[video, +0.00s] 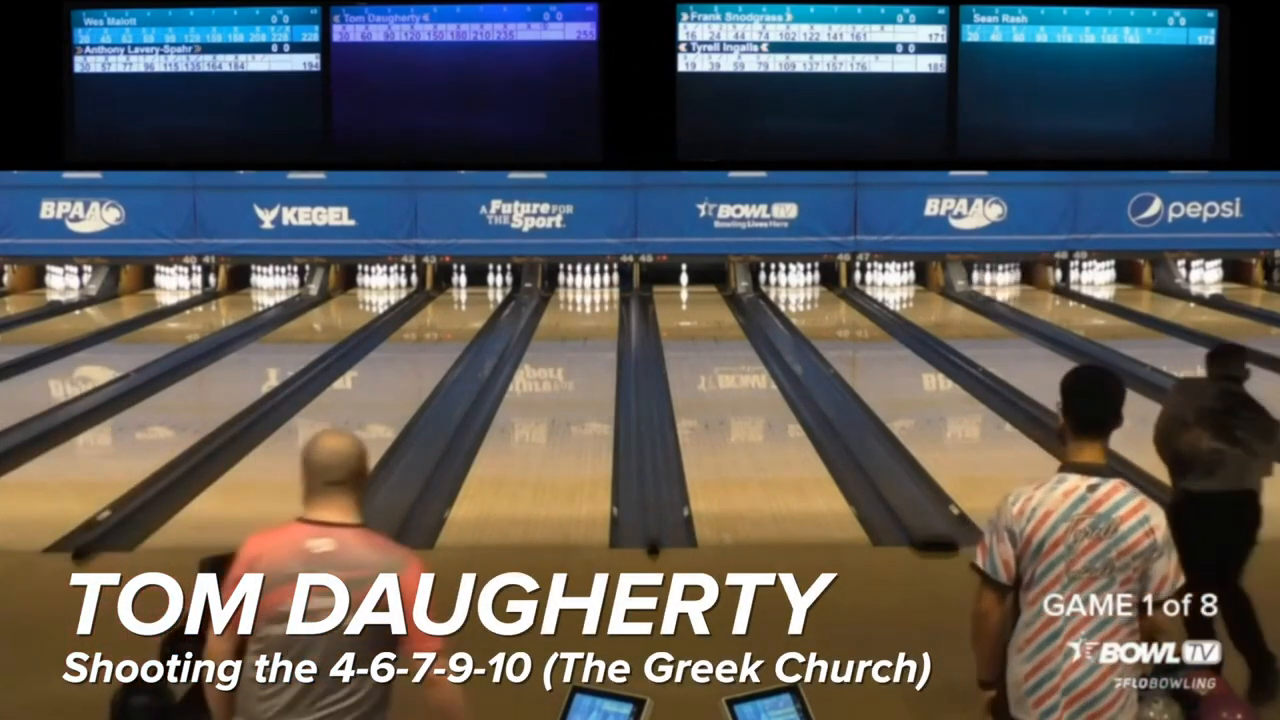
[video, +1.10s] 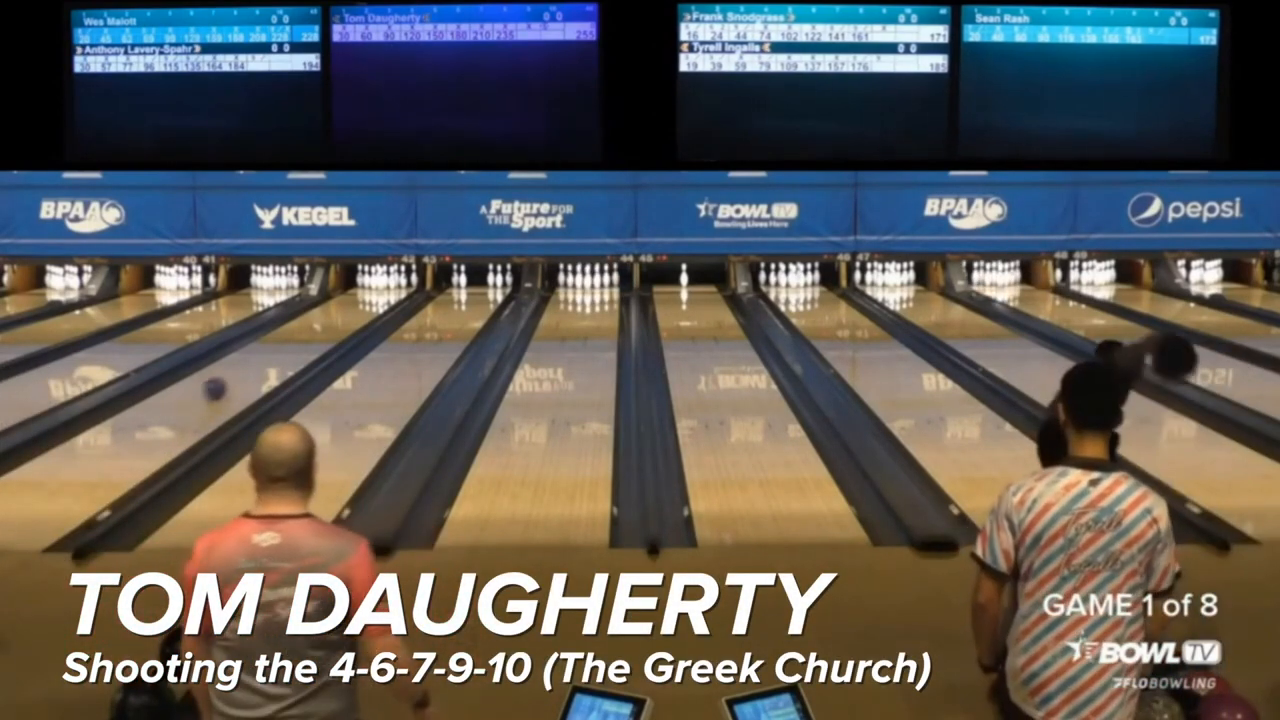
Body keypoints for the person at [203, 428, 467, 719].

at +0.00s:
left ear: (305, 476)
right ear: (364, 479)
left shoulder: (258, 552)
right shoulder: (401, 565)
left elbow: (218, 663)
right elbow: (435, 676)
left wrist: (225, 713)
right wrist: (459, 713)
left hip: (265, 710)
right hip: (358, 712)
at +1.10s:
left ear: (252, 471)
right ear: (312, 472)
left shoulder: (210, 551)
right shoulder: (350, 551)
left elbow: (193, 660)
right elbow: (385, 657)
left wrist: (210, 712)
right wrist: (417, 695)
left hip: (235, 710)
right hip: (325, 709)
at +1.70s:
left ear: (228, 464)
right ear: (286, 462)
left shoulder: (188, 532)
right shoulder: (325, 530)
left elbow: (152, 625)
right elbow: (361, 627)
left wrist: (164, 688)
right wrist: (382, 697)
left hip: (205, 707)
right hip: (298, 706)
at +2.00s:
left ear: (198, 480)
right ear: (250, 475)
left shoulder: (163, 541)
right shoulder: (280, 521)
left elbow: (144, 625)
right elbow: (314, 607)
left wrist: (147, 679)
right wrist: (337, 675)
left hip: (182, 703)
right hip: (267, 699)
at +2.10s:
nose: (242, 485)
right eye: (238, 480)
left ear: (190, 487)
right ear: (236, 485)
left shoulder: (160, 544)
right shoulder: (266, 521)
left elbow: (148, 621)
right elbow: (299, 603)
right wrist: (320, 667)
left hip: (172, 697)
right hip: (254, 692)